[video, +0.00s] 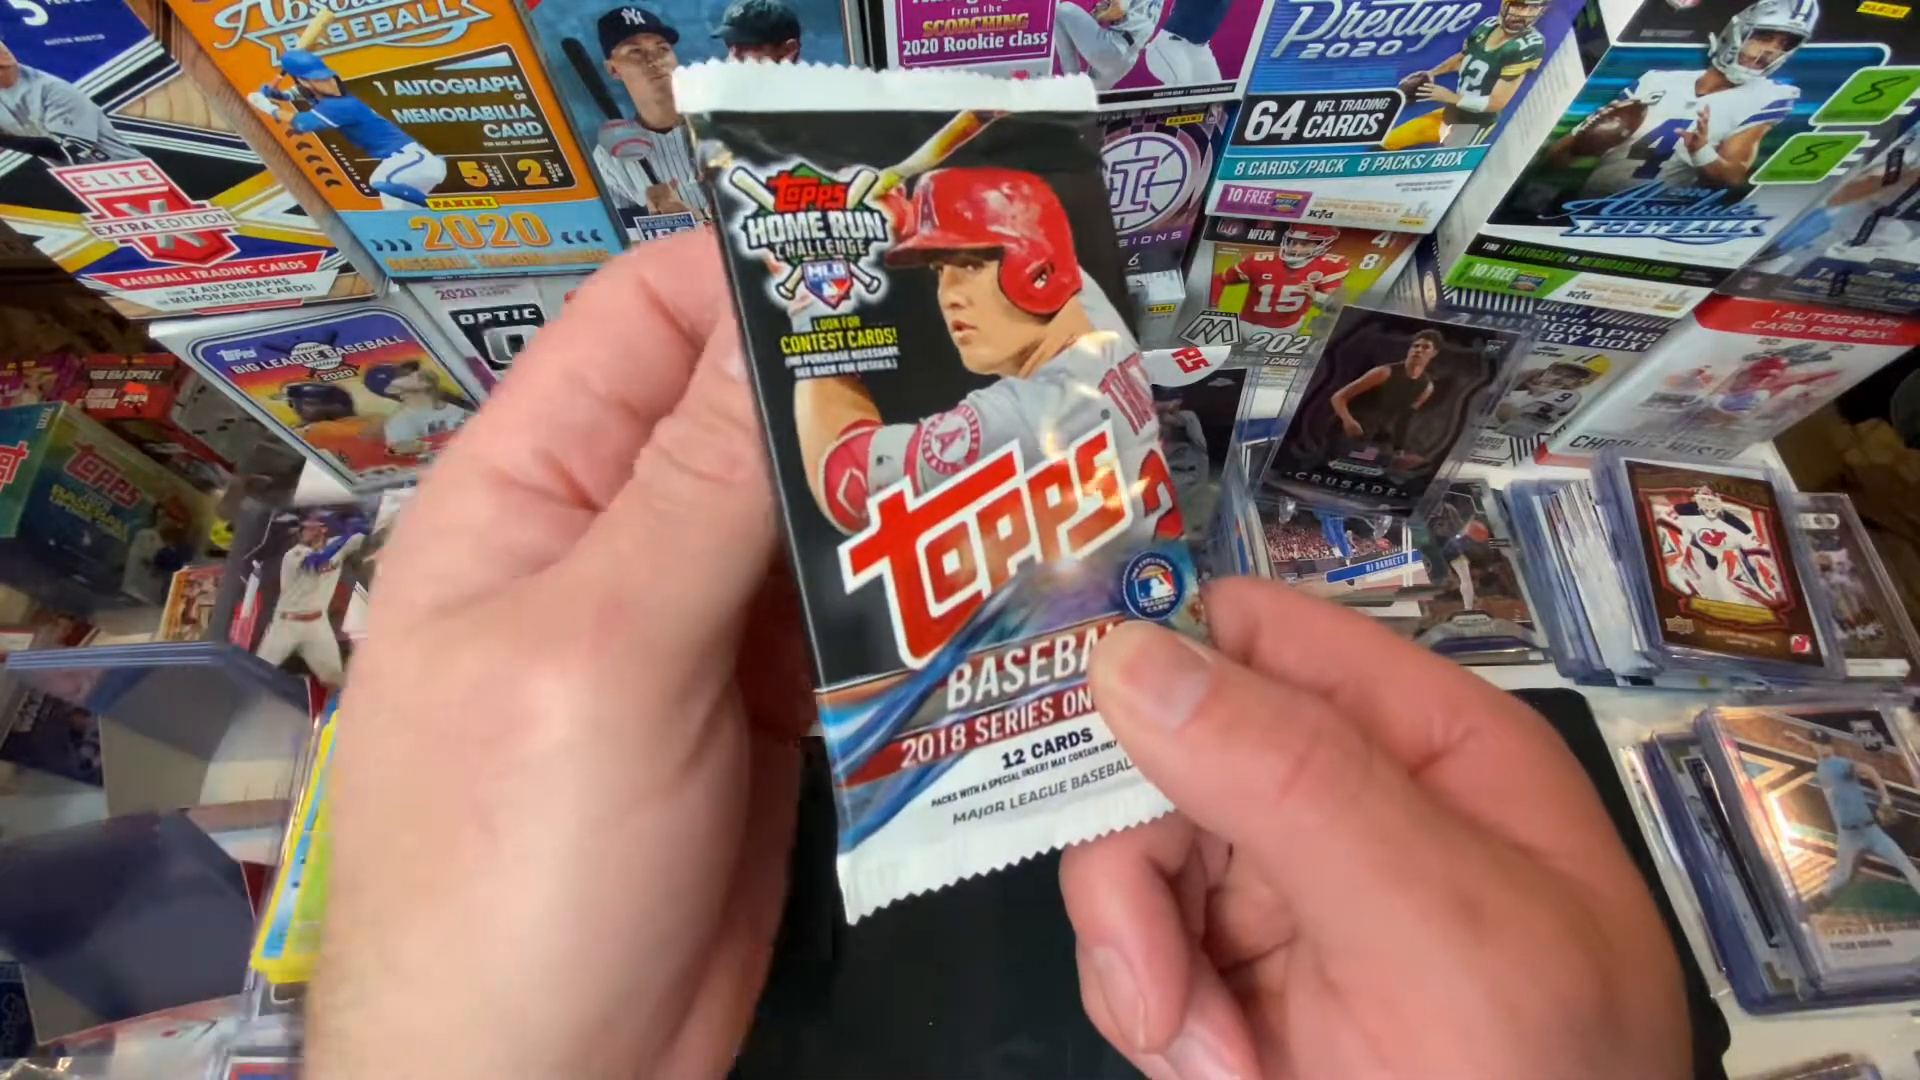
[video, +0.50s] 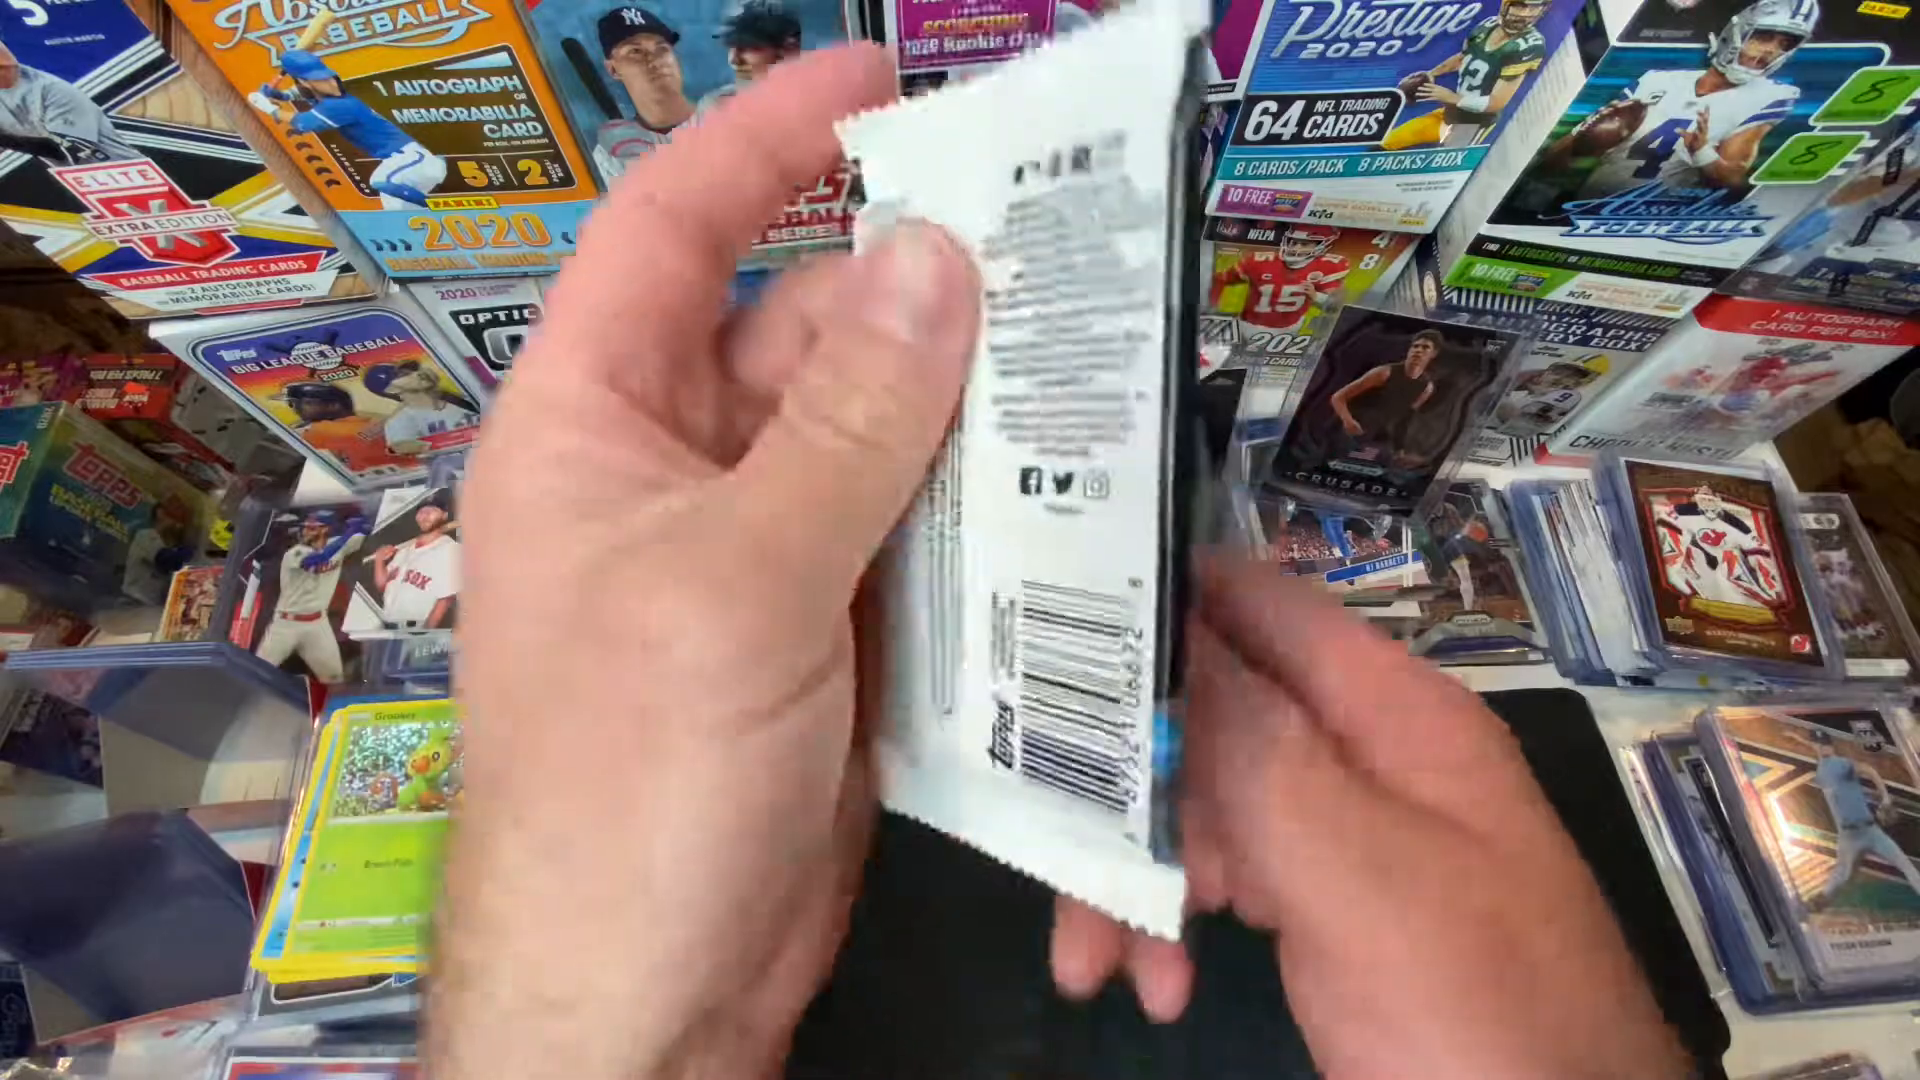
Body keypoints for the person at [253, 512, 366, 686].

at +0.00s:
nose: (302, 532)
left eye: (307, 528)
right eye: (303, 528)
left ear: (322, 531)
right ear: (303, 531)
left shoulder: (335, 549)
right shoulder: (293, 554)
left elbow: (361, 538)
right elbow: (319, 563)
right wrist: (344, 542)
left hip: (317, 623)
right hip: (286, 622)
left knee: (333, 678)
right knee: (259, 671)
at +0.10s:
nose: (308, 532)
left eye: (314, 529)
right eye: (306, 528)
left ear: (324, 531)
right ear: (303, 531)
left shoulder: (337, 550)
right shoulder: (293, 555)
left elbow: (360, 534)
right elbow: (319, 561)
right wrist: (344, 540)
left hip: (317, 623)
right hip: (286, 622)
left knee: (332, 677)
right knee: (261, 669)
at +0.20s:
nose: (306, 531)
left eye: (313, 528)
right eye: (305, 527)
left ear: (326, 530)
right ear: (302, 530)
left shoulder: (337, 550)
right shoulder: (293, 554)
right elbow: (319, 561)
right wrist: (346, 538)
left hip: (317, 624)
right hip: (285, 623)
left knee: (333, 680)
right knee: (260, 670)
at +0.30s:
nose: (306, 531)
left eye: (312, 528)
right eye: (305, 527)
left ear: (326, 530)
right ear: (302, 530)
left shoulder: (337, 550)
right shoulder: (293, 554)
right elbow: (319, 561)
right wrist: (346, 538)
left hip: (317, 624)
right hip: (285, 623)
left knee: (333, 679)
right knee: (260, 670)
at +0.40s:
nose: (306, 531)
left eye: (312, 528)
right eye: (305, 527)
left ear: (325, 530)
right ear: (303, 529)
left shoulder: (337, 549)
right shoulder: (293, 554)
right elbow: (319, 562)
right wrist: (346, 538)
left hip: (317, 624)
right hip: (285, 623)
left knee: (332, 677)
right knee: (260, 669)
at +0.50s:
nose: (306, 531)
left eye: (312, 528)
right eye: (305, 527)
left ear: (325, 530)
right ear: (303, 529)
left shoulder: (337, 549)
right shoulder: (293, 554)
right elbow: (318, 562)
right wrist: (346, 538)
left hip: (317, 624)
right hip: (285, 623)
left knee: (332, 676)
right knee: (260, 669)